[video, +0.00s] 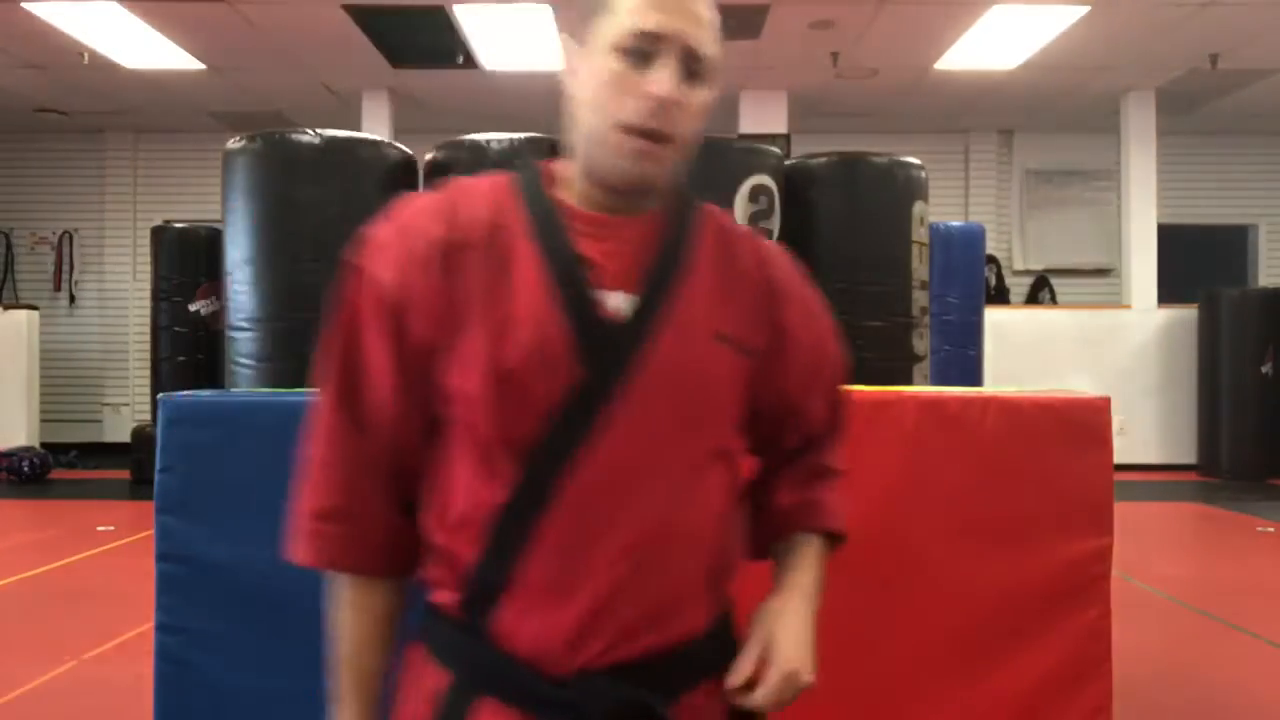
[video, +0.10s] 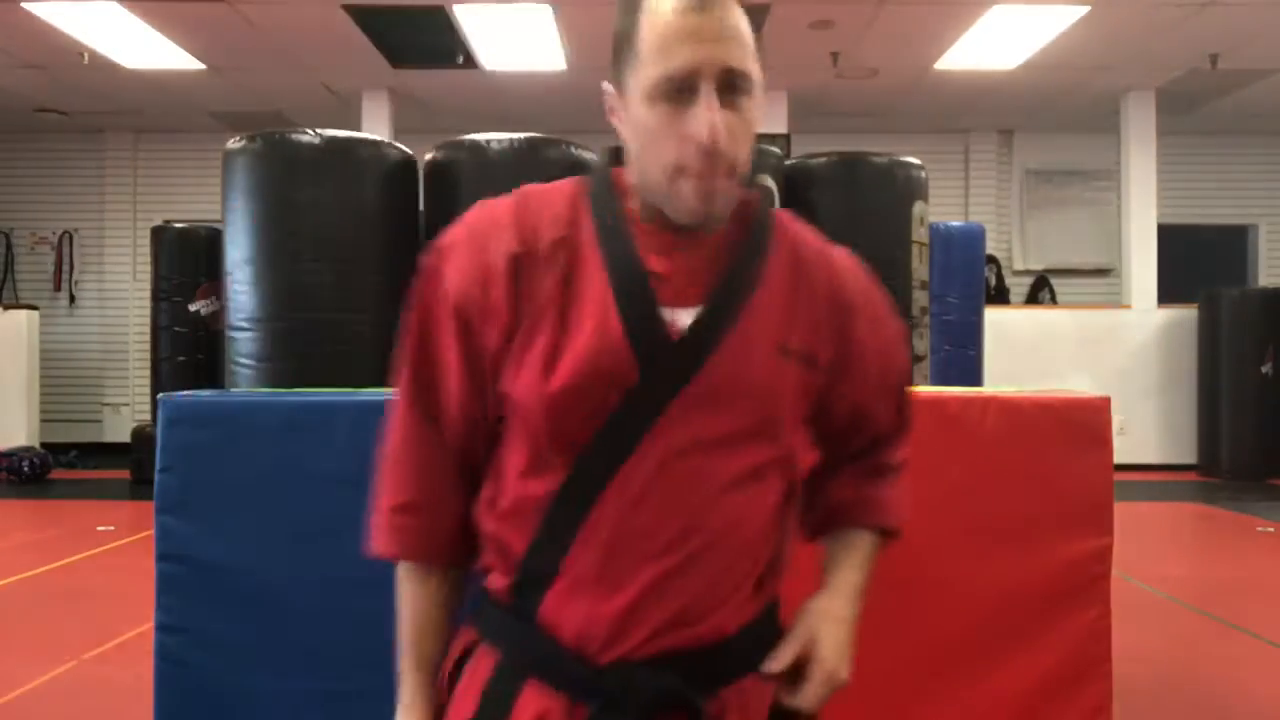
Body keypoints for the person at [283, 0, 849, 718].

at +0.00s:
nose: (665, 92)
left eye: (694, 71)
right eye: (639, 55)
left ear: (712, 103)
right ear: (572, 64)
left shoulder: (761, 282)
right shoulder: (425, 248)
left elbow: (806, 456)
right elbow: (362, 523)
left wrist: (797, 594)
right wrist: (354, 708)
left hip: (684, 695)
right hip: (473, 694)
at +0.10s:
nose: (710, 125)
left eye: (732, 91)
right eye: (677, 93)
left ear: (759, 105)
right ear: (617, 110)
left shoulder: (828, 288)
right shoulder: (495, 253)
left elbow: (870, 455)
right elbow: (426, 493)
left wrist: (841, 597)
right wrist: (415, 696)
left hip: (726, 697)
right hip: (525, 692)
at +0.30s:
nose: (702, 141)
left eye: (726, 94)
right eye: (664, 104)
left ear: (764, 90)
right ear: (615, 113)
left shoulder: (866, 243)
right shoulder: (526, 249)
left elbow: (947, 379)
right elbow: (468, 427)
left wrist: (907, 548)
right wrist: (461, 588)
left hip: (781, 678)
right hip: (585, 672)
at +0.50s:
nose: (599, 152)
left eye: (618, 105)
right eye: (563, 126)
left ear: (670, 88)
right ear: (537, 141)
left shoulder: (809, 218)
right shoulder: (510, 271)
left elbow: (947, 347)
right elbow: (493, 448)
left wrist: (903, 528)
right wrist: (467, 579)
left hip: (761, 673)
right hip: (575, 668)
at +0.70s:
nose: (493, 156)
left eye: (511, 116)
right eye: (464, 136)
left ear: (573, 112)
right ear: (449, 162)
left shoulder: (697, 232)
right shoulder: (457, 297)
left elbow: (868, 353)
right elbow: (453, 502)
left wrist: (807, 543)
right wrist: (398, 640)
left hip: (675, 670)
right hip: (517, 668)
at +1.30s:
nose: (539, 130)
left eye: (565, 101)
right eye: (513, 106)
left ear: (612, 115)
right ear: (482, 128)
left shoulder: (719, 267)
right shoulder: (436, 282)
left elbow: (782, 430)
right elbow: (434, 472)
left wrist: (795, 581)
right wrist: (456, 631)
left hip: (683, 663)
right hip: (513, 660)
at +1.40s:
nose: (611, 133)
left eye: (636, 105)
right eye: (584, 107)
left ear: (680, 120)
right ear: (547, 125)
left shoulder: (772, 279)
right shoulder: (481, 280)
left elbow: (831, 447)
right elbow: (474, 472)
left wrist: (852, 605)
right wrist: (492, 628)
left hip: (720, 671)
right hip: (545, 668)